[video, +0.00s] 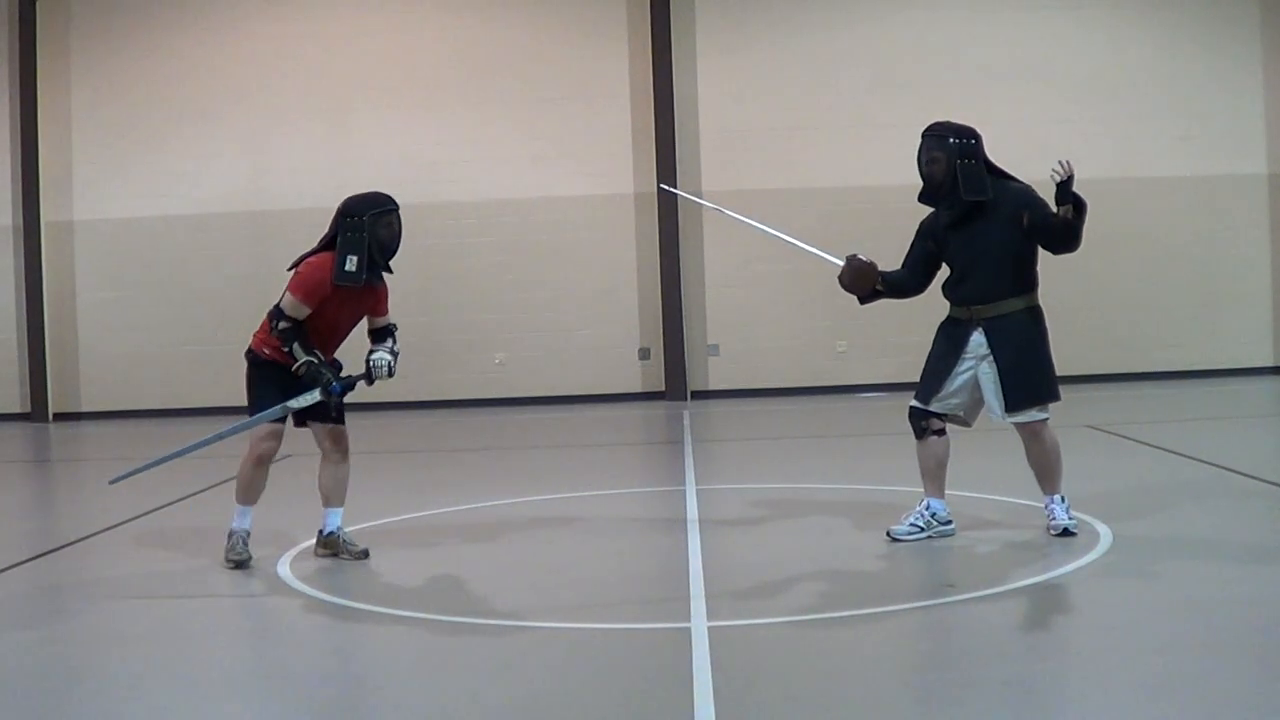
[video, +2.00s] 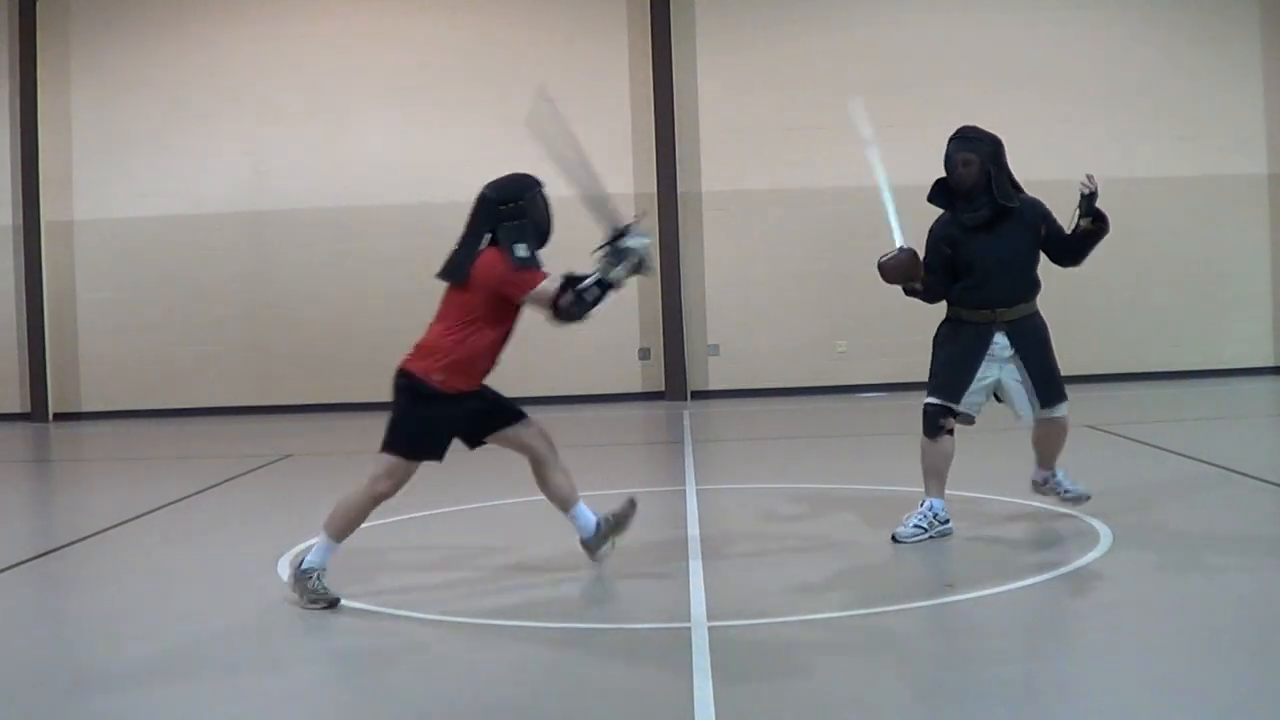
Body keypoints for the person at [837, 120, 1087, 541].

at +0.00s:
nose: (926, 169)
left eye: (934, 159)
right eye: (923, 160)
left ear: (961, 159)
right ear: (925, 163)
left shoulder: (1016, 198)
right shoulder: (939, 221)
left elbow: (1063, 242)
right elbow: (912, 279)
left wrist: (1069, 206)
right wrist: (872, 280)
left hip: (1014, 324)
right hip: (960, 326)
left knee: (1030, 418)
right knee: (927, 414)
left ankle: (1055, 503)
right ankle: (934, 509)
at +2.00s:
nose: (957, 173)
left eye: (966, 164)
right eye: (952, 165)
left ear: (989, 165)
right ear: (947, 170)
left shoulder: (1027, 211)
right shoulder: (946, 227)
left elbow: (1066, 254)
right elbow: (937, 290)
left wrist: (1088, 224)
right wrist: (913, 282)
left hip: (1022, 325)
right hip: (965, 329)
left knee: (1053, 410)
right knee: (937, 414)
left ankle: (1045, 476)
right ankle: (934, 509)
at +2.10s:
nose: (976, 179)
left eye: (985, 171)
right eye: (973, 171)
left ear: (1008, 175)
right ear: (968, 175)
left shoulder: (1043, 227)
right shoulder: (963, 232)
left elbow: (1085, 267)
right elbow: (933, 284)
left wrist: (1106, 239)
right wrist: (901, 274)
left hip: (1032, 338)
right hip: (973, 340)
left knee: (1070, 420)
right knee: (939, 418)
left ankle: (1083, 467)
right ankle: (932, 510)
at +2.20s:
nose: (1009, 183)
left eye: (1017, 175)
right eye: (1004, 175)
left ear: (1041, 177)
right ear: (1000, 178)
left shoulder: (1075, 226)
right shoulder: (996, 225)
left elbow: (1126, 262)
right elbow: (950, 253)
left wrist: (1130, 229)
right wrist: (904, 245)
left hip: (1055, 337)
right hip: (997, 335)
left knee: (1086, 427)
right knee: (965, 421)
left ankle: (1091, 481)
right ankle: (930, 507)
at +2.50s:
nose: (1097, 178)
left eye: (1105, 171)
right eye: (1093, 170)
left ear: (1126, 175)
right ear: (1086, 173)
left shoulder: (1152, 226)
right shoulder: (1080, 223)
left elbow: (1188, 269)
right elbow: (1049, 266)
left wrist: (1227, 302)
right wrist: (1006, 268)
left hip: (1126, 331)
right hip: (1076, 328)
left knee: (1116, 414)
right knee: (1063, 421)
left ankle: (1096, 482)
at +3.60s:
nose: (1161, 197)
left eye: (1168, 190)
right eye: (1157, 191)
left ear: (1186, 192)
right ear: (1152, 195)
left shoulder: (1215, 232)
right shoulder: (1149, 243)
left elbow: (1241, 269)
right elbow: (1138, 290)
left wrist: (1264, 271)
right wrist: (1143, 311)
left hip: (1210, 326)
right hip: (1163, 327)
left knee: (1227, 395)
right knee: (1144, 392)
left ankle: (1228, 453)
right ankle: (1128, 463)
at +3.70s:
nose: (1147, 199)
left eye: (1154, 192)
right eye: (1142, 192)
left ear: (1171, 194)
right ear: (1137, 197)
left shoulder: (1199, 235)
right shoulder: (1134, 246)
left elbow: (1226, 273)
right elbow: (1121, 293)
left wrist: (1250, 279)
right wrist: (1128, 312)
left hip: (1195, 328)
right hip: (1148, 329)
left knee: (1212, 394)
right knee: (1127, 387)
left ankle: (1220, 453)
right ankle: (1111, 457)